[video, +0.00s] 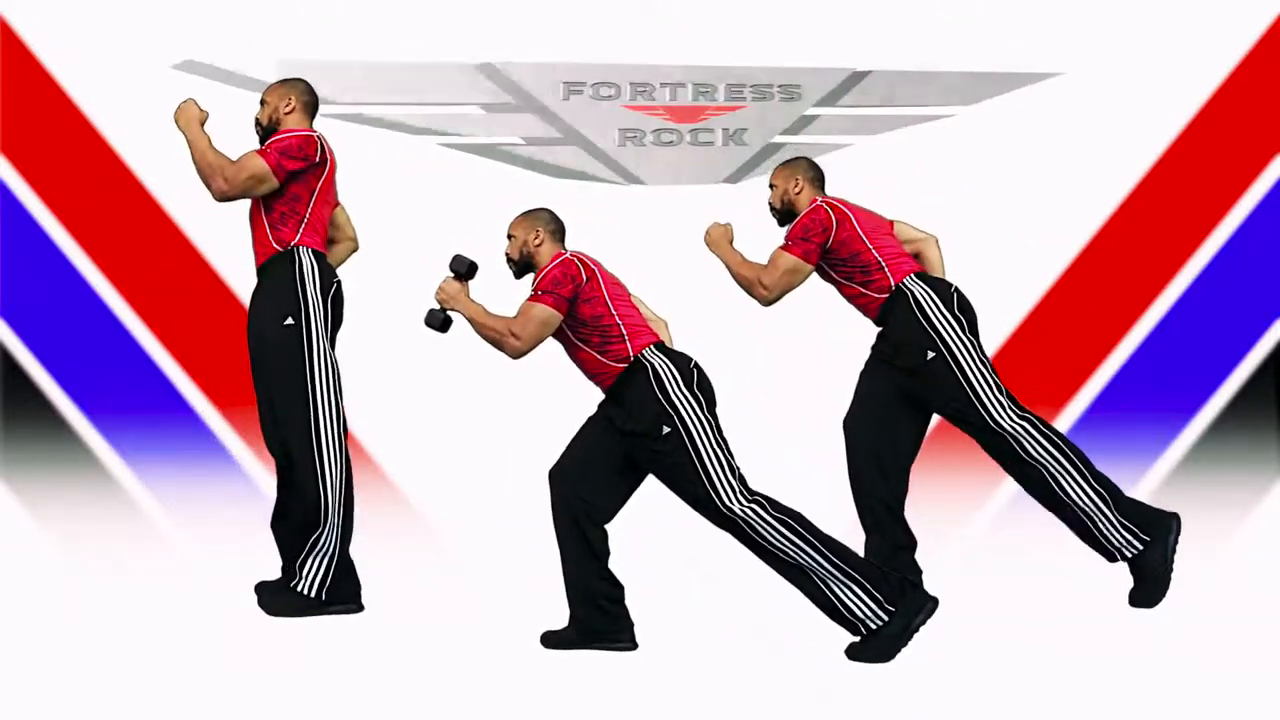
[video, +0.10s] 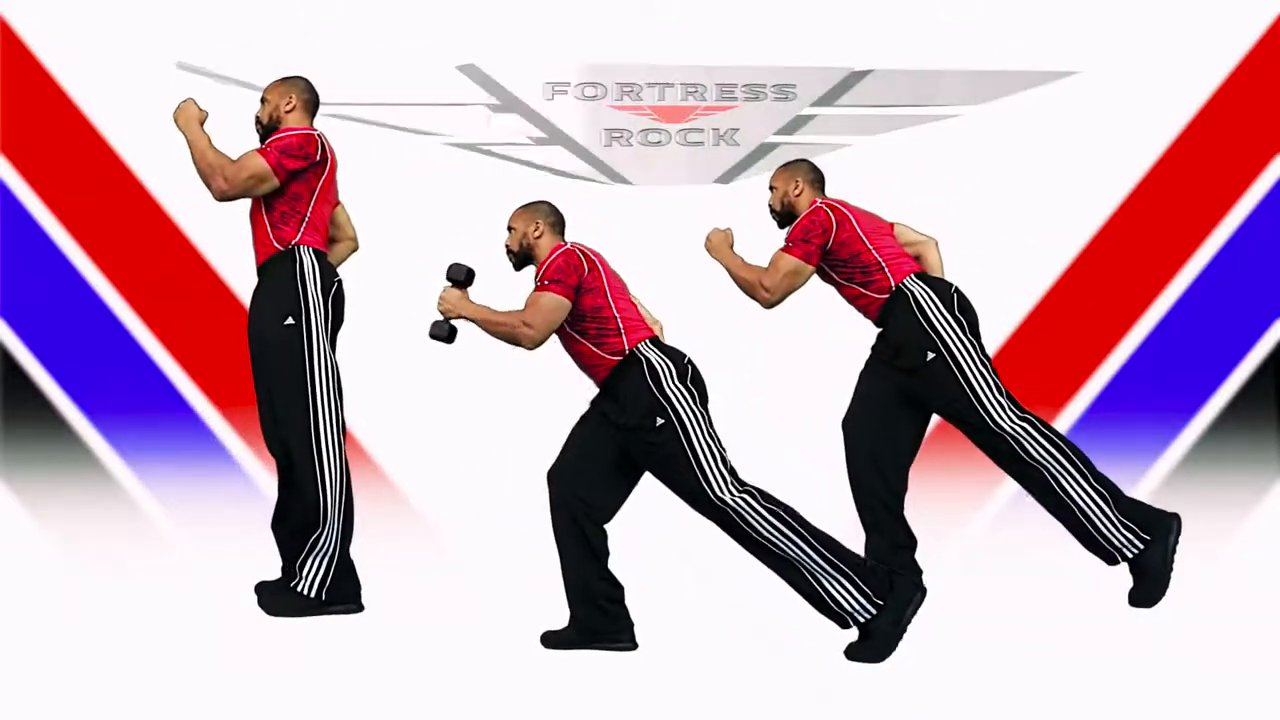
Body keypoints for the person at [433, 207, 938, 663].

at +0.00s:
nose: (506, 250)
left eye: (512, 239)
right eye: (506, 243)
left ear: (541, 236)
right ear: (543, 240)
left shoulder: (563, 267)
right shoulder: (577, 275)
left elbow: (515, 341)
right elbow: (657, 325)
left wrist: (462, 303)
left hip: (657, 385)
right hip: (630, 402)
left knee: (735, 505)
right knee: (572, 488)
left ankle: (886, 609)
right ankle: (601, 622)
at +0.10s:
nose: (508, 241)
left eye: (514, 231)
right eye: (507, 233)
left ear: (542, 228)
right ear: (543, 235)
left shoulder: (565, 258)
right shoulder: (575, 269)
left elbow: (530, 331)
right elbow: (649, 323)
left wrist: (465, 309)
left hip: (651, 378)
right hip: (620, 397)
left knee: (724, 496)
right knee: (570, 490)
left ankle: (875, 602)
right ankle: (601, 623)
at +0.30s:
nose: (517, 209)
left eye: (522, 198)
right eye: (518, 201)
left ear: (546, 195)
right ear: (551, 197)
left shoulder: (579, 224)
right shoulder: (560, 253)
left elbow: (598, 279)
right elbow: (603, 331)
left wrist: (528, 322)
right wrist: (561, 368)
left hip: (631, 349)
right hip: (603, 364)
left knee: (605, 475)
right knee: (578, 485)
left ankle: (733, 563)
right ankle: (600, 620)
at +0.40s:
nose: (527, 195)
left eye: (532, 185)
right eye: (528, 187)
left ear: (556, 182)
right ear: (558, 185)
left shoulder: (583, 208)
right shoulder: (571, 237)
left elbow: (626, 259)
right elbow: (584, 324)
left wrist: (581, 319)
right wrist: (526, 329)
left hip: (620, 337)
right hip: (616, 348)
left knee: (526, 418)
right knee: (593, 480)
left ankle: (584, 558)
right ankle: (605, 621)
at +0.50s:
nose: (534, 187)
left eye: (539, 177)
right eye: (535, 179)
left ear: (564, 175)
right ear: (565, 178)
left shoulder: (593, 202)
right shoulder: (573, 233)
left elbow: (645, 256)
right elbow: (556, 309)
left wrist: (619, 321)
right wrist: (498, 287)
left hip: (600, 335)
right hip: (607, 348)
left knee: (493, 365)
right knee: (591, 492)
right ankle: (604, 620)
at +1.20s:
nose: (533, 190)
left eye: (538, 180)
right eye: (533, 183)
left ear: (563, 177)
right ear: (567, 178)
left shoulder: (591, 207)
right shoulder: (570, 234)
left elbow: (627, 263)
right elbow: (570, 319)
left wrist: (586, 327)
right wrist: (507, 308)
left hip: (606, 339)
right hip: (610, 352)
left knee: (506, 401)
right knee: (584, 485)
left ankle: (558, 528)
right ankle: (601, 620)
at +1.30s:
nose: (523, 194)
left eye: (527, 184)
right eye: (523, 187)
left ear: (552, 182)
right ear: (557, 184)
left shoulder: (582, 213)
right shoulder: (563, 242)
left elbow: (601, 276)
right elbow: (572, 332)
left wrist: (541, 326)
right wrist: (528, 342)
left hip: (619, 336)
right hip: (602, 347)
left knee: (551, 444)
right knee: (588, 476)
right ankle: (601, 619)